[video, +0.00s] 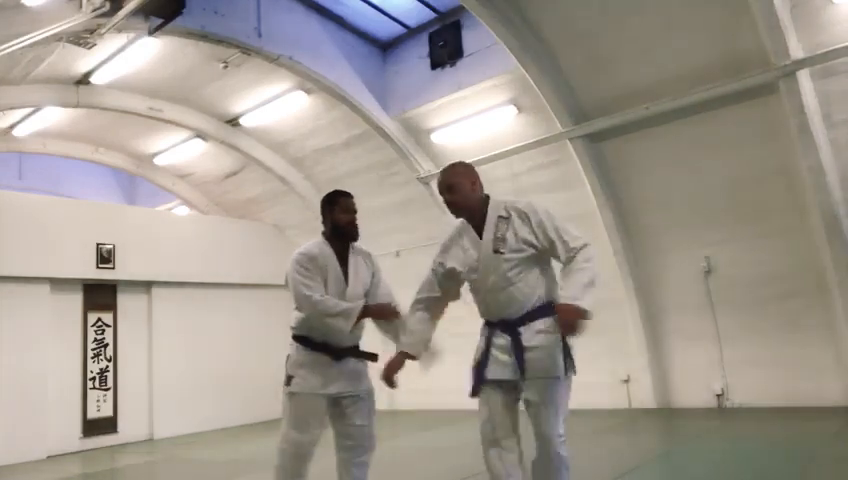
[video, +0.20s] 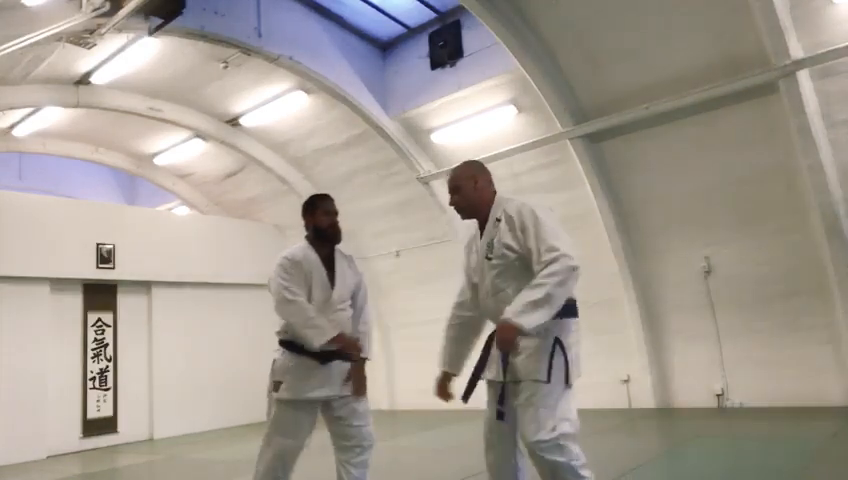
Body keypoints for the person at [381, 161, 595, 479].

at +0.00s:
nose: (446, 199)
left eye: (450, 189)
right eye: (442, 193)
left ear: (474, 183)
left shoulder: (523, 215)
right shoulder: (455, 245)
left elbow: (579, 251)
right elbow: (428, 301)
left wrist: (571, 301)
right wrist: (405, 351)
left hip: (542, 330)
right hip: (497, 338)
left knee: (548, 434)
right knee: (496, 434)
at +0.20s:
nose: (451, 201)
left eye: (455, 191)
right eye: (449, 193)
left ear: (480, 183)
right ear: (477, 185)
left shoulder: (521, 213)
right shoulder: (474, 243)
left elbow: (563, 265)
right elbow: (468, 307)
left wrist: (515, 318)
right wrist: (449, 368)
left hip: (546, 336)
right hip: (505, 342)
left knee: (544, 436)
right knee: (500, 440)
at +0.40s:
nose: (472, 198)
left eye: (475, 187)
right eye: (471, 190)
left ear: (497, 180)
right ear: (502, 181)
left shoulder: (522, 210)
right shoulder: (518, 216)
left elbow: (538, 274)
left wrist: (503, 344)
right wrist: (507, 349)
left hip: (570, 333)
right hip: (547, 337)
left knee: (585, 452)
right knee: (529, 436)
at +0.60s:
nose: (499, 185)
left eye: (501, 175)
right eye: (499, 176)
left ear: (519, 170)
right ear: (533, 169)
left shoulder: (532, 203)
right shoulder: (561, 200)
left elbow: (527, 276)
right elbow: (575, 272)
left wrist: (509, 330)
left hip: (572, 326)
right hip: (592, 320)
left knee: (583, 449)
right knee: (588, 446)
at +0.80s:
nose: (517, 186)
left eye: (519, 176)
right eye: (516, 177)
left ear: (535, 174)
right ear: (556, 173)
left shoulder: (536, 215)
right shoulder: (592, 210)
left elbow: (532, 289)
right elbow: (610, 273)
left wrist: (520, 314)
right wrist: (548, 311)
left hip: (577, 340)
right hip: (622, 331)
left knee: (564, 445)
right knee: (639, 430)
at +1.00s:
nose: (515, 193)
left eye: (515, 184)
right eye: (514, 185)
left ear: (525, 179)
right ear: (551, 178)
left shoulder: (524, 218)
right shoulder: (596, 212)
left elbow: (511, 288)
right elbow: (626, 274)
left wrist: (488, 287)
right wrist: (593, 300)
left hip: (557, 335)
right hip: (608, 331)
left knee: (522, 430)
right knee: (636, 432)